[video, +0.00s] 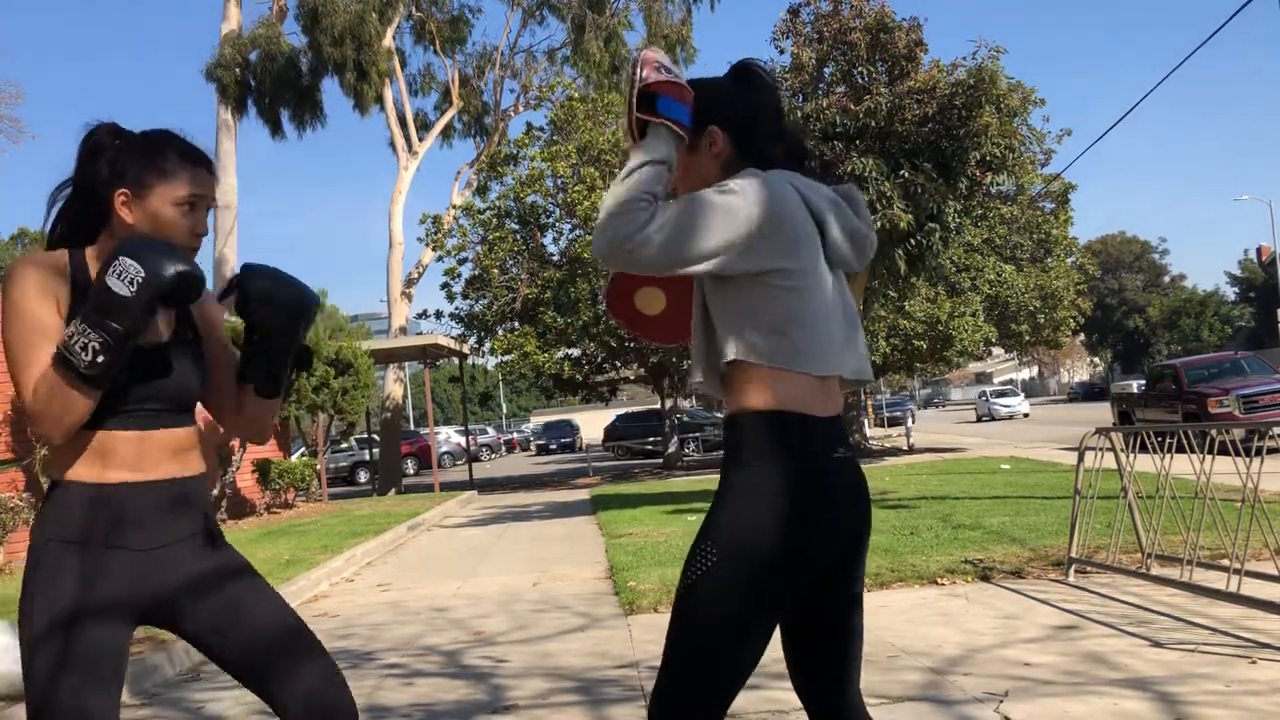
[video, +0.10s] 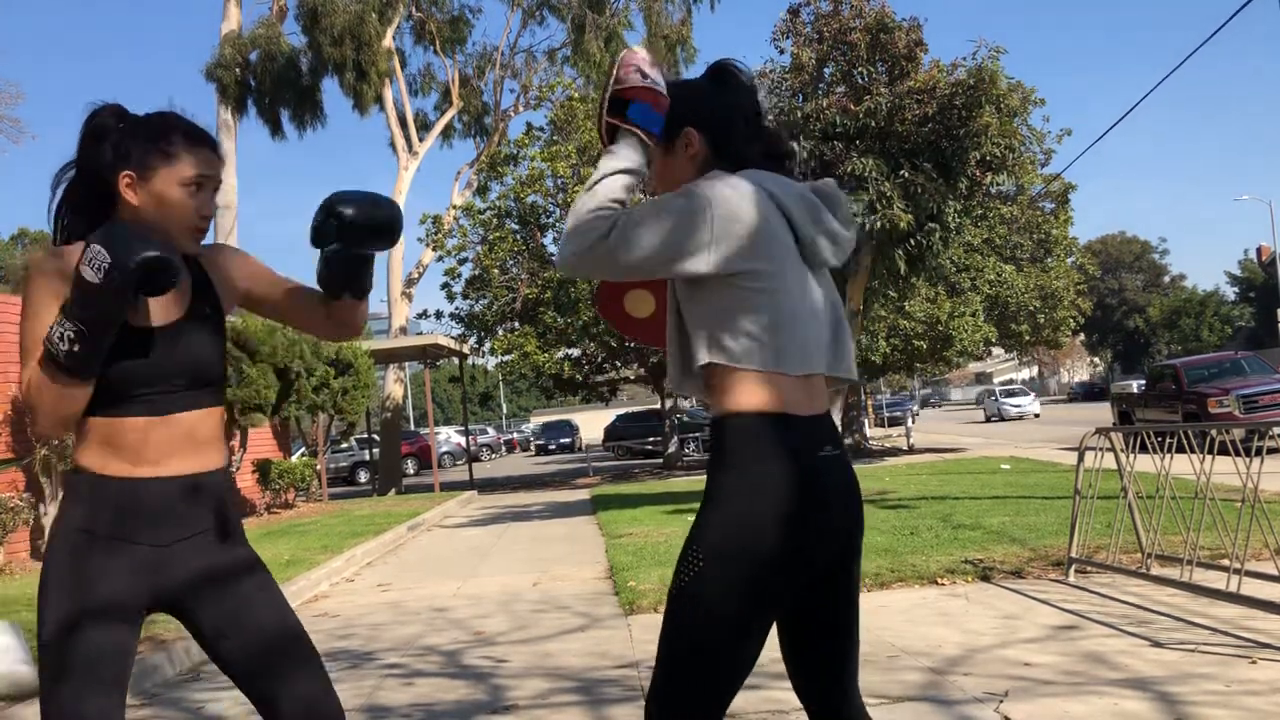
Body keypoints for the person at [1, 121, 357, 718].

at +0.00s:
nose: (204, 227)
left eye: (206, 211)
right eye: (190, 207)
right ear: (127, 205)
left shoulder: (193, 297)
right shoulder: (41, 277)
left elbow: (252, 425)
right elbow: (49, 422)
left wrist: (276, 340)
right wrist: (108, 317)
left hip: (190, 541)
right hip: (82, 546)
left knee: (323, 697)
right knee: (70, 709)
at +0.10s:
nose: (211, 204)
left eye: (212, 188)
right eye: (195, 186)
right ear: (131, 188)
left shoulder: (220, 267)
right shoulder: (62, 271)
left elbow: (342, 322)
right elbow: (48, 421)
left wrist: (351, 255)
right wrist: (90, 312)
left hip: (208, 529)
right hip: (99, 533)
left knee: (313, 706)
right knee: (79, 711)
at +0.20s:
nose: (226, 209)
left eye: (230, 192)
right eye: (211, 191)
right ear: (145, 190)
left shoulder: (246, 250)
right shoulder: (82, 275)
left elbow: (379, 229)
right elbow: (87, 426)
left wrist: (460, 165)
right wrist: (110, 318)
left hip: (221, 533)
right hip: (113, 531)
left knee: (314, 703)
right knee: (82, 707)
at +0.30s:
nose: (231, 217)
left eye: (236, 201)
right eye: (217, 199)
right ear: (152, 194)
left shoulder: (246, 254)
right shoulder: (83, 277)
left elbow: (378, 253)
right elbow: (93, 429)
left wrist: (434, 186)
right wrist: (120, 323)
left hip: (225, 535)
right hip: (116, 533)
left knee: (326, 707)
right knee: (80, 711)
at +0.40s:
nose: (229, 225)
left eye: (234, 208)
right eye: (216, 206)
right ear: (151, 199)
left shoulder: (232, 273)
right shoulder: (74, 279)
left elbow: (339, 360)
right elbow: (76, 436)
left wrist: (360, 274)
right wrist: (112, 327)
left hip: (224, 536)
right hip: (115, 537)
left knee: (330, 707)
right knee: (83, 711)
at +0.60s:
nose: (222, 227)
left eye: (228, 211)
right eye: (210, 207)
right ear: (145, 199)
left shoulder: (218, 287)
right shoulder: (59, 281)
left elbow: (266, 419)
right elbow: (65, 430)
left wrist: (284, 318)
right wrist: (107, 321)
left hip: (208, 540)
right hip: (101, 541)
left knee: (318, 708)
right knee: (75, 710)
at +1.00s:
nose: (213, 215)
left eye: (216, 198)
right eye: (200, 196)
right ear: (134, 193)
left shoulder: (214, 282)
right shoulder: (56, 279)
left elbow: (291, 389)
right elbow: (47, 429)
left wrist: (297, 310)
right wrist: (94, 319)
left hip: (215, 531)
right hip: (107, 536)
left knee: (318, 707)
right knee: (84, 711)